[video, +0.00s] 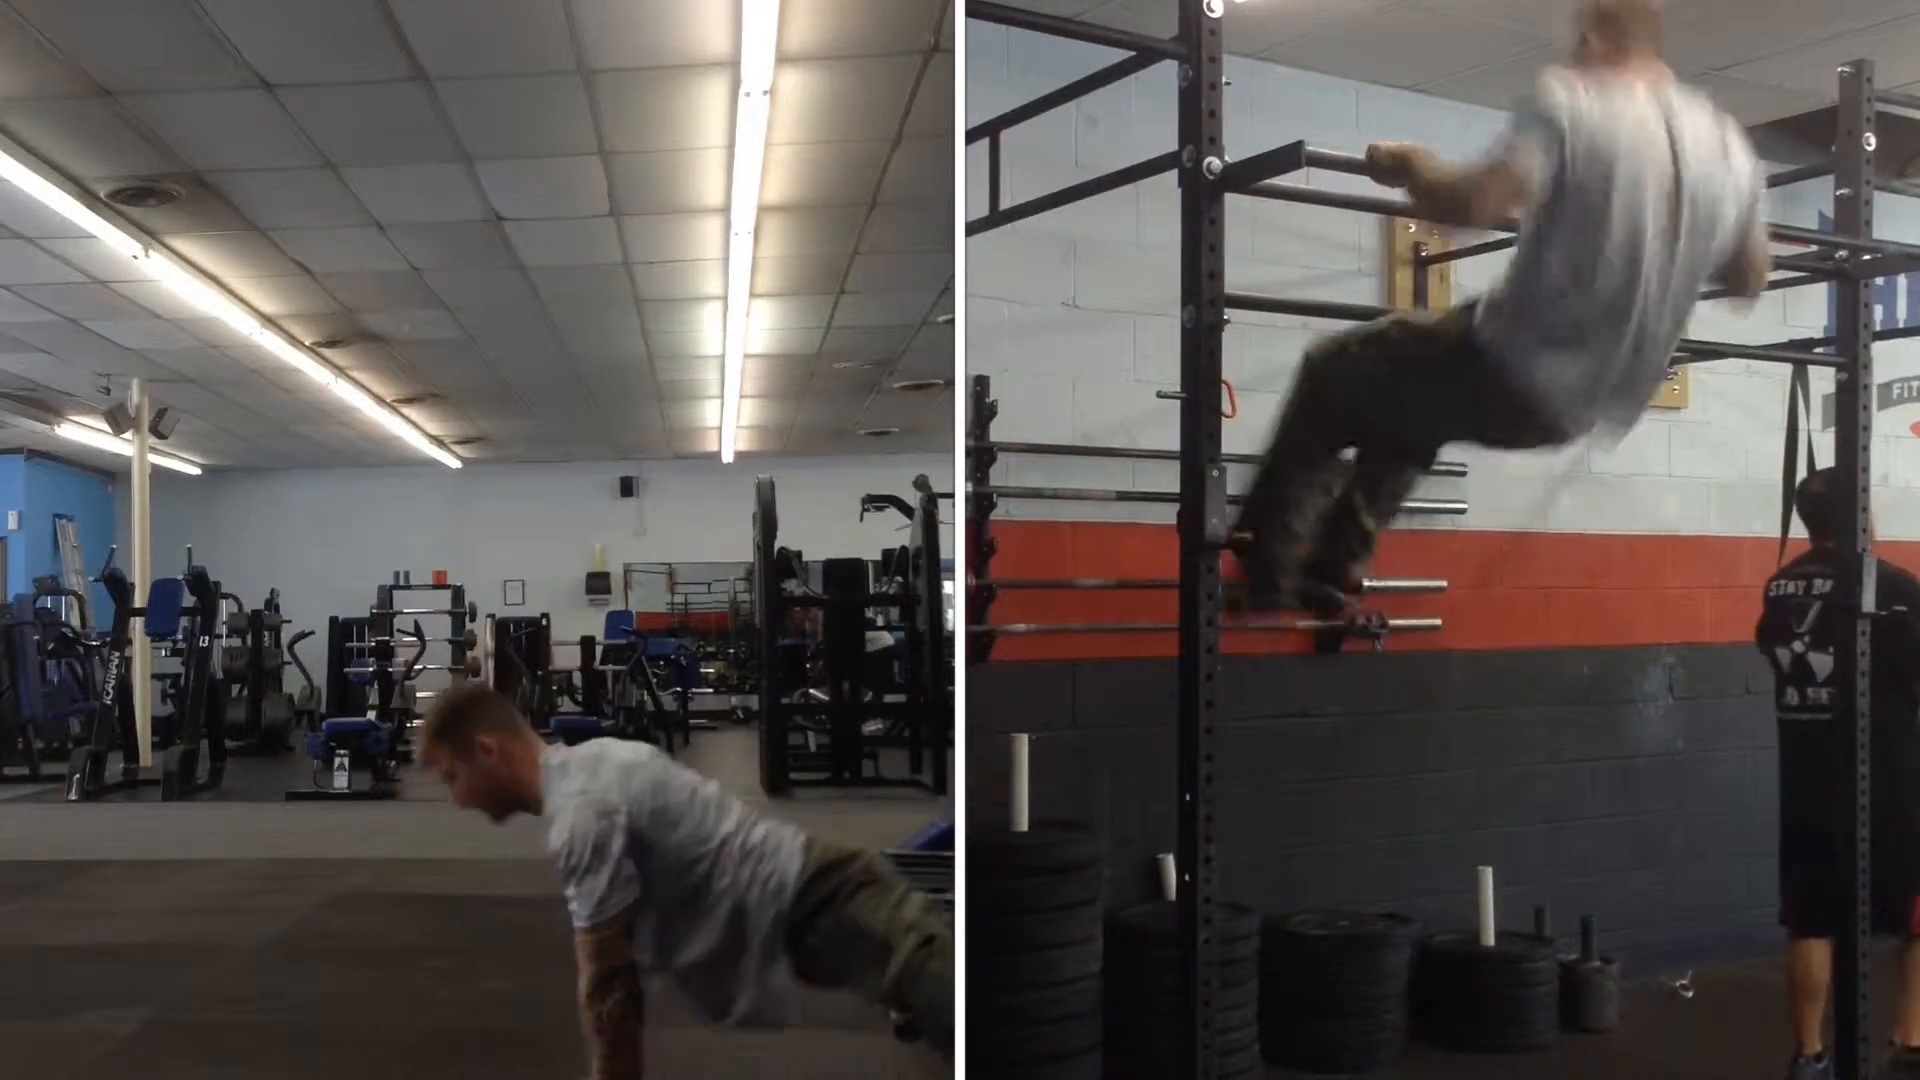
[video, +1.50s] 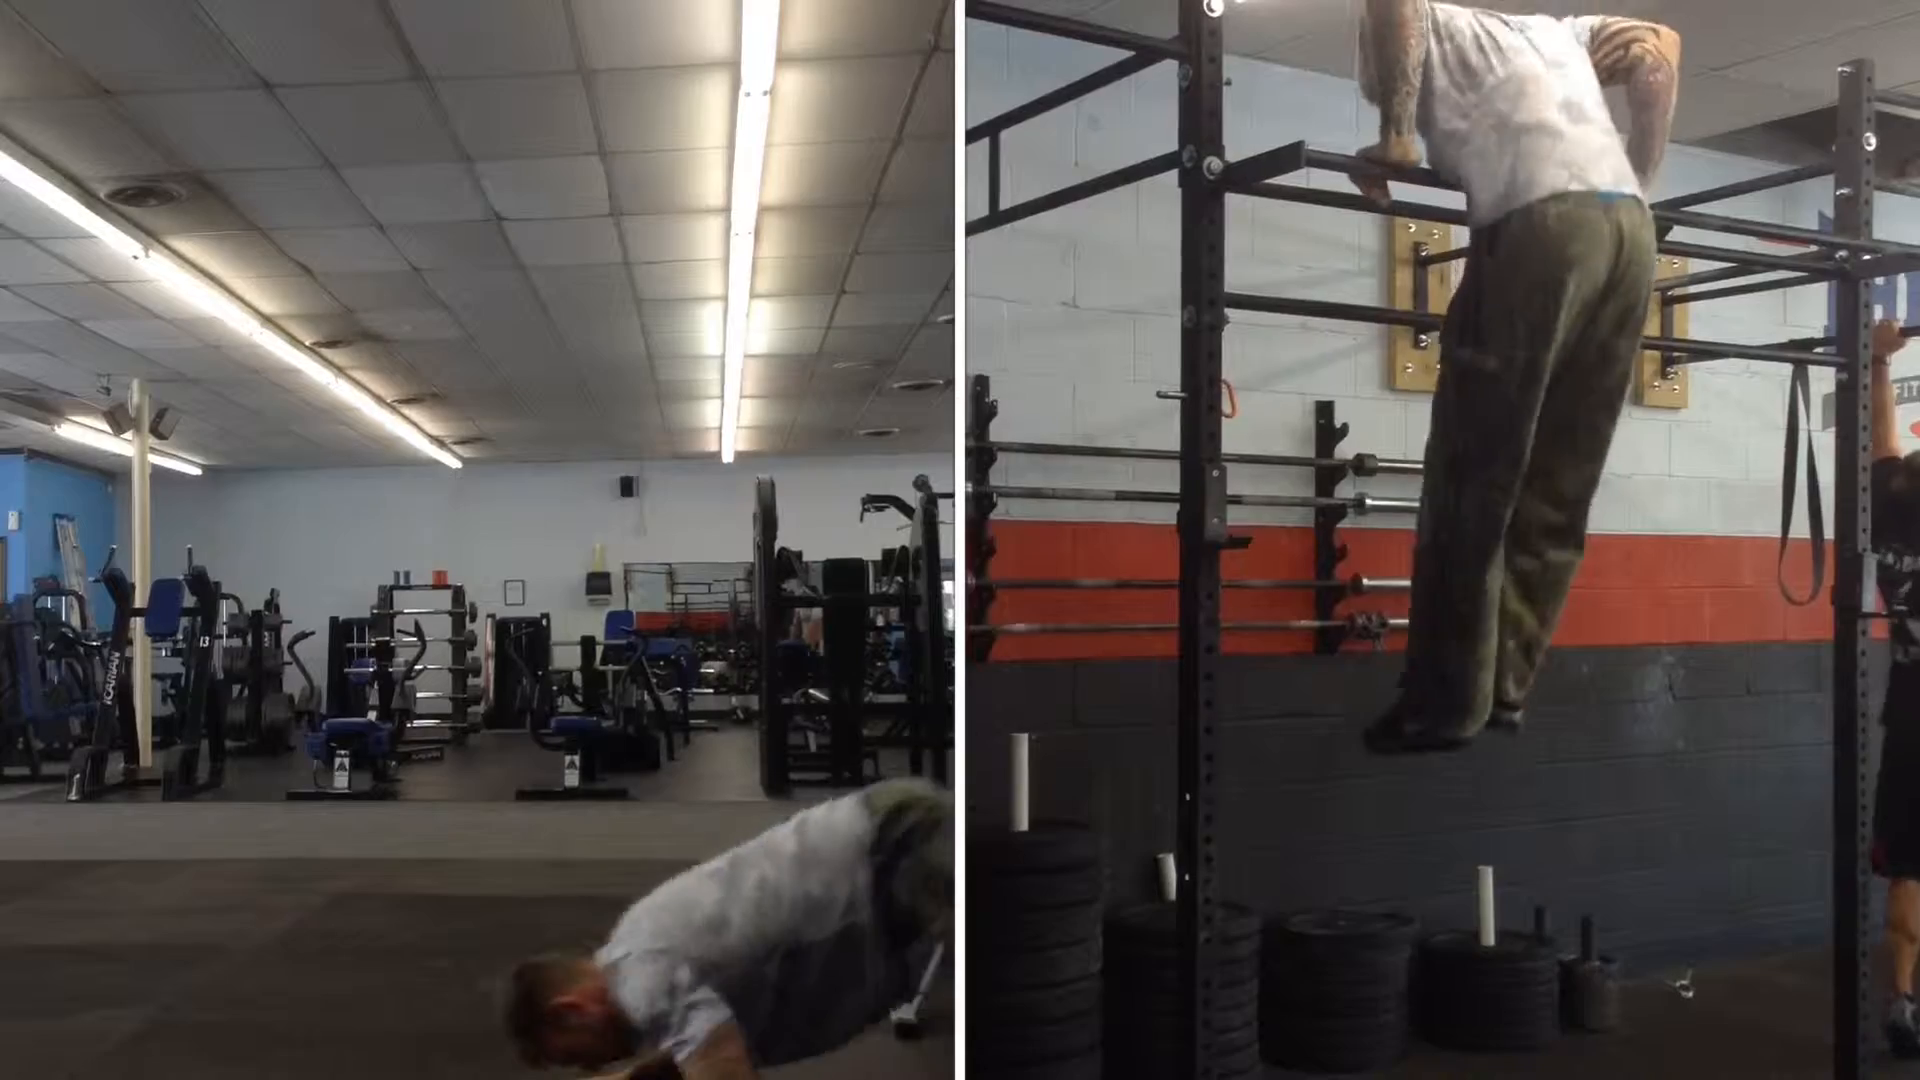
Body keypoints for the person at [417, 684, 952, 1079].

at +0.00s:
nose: (456, 798)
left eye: (450, 777)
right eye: (446, 782)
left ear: (488, 751)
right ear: (498, 745)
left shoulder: (585, 807)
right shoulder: (587, 775)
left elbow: (609, 989)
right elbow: (609, 981)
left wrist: (614, 1069)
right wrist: (611, 1063)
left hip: (824, 905)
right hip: (822, 897)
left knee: (978, 1018)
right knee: (956, 1019)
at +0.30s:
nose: (562, 860)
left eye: (548, 844)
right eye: (545, 852)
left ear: (570, 801)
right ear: (577, 791)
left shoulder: (662, 811)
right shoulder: (655, 790)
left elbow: (651, 988)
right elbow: (646, 973)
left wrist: (630, 1070)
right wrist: (626, 1067)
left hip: (923, 814)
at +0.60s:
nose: (686, 922)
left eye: (677, 912)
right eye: (675, 918)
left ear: (684, 866)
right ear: (687, 854)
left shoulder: (754, 851)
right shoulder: (736, 831)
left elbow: (699, 1012)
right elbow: (683, 968)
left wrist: (642, 1078)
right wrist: (622, 1070)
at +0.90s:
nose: (759, 983)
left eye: (751, 973)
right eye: (743, 981)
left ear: (753, 922)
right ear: (751, 914)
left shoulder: (809, 890)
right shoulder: (781, 874)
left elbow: (732, 1033)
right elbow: (712, 993)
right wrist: (628, 1070)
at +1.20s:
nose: (717, 1020)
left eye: (702, 1014)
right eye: (702, 1021)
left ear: (699, 969)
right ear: (697, 960)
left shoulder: (762, 929)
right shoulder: (745, 911)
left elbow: (756, 1068)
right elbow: (719, 1035)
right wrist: (632, 1072)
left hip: (975, 775)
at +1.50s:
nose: (584, 1066)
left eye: (571, 1056)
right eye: (569, 1063)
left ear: (574, 1010)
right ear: (575, 1001)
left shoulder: (642, 975)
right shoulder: (629, 961)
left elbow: (726, 1065)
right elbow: (700, 1050)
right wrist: (638, 1070)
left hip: (897, 838)